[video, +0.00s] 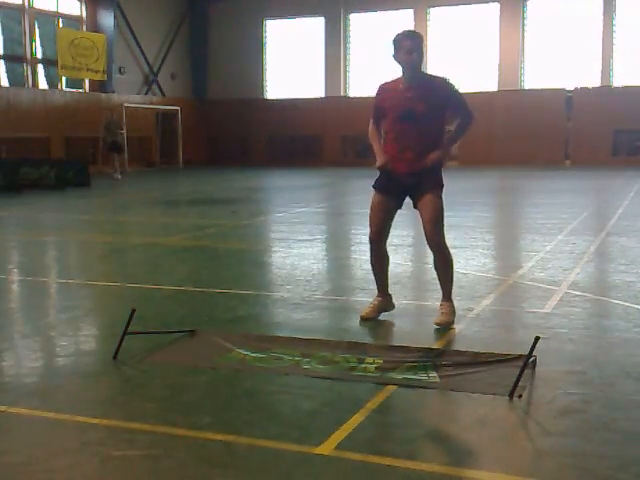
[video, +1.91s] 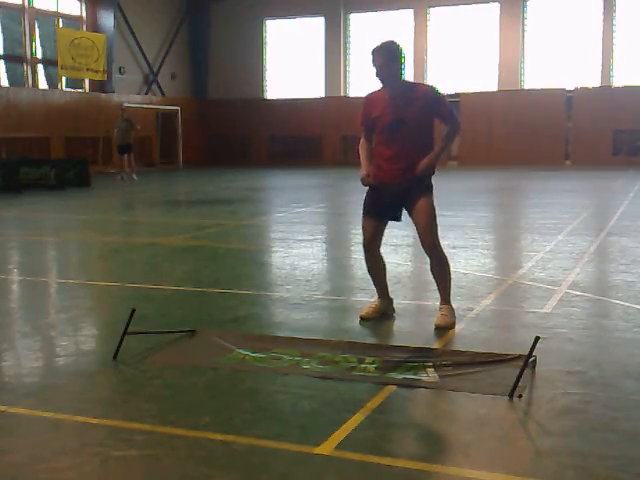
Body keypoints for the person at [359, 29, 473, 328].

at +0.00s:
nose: (412, 56)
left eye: (416, 50)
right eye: (406, 51)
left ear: (422, 54)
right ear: (396, 55)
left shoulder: (439, 86)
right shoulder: (386, 90)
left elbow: (466, 117)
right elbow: (374, 125)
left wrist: (443, 148)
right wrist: (380, 153)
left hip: (426, 174)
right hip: (391, 173)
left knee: (435, 240)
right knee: (375, 237)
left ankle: (446, 302)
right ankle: (383, 298)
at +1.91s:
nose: (377, 72)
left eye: (381, 66)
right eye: (374, 67)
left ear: (398, 64)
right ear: (375, 67)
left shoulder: (424, 95)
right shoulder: (372, 101)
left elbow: (453, 123)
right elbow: (365, 137)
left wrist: (434, 156)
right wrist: (365, 165)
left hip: (416, 181)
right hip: (381, 183)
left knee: (431, 244)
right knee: (369, 245)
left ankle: (445, 306)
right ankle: (384, 301)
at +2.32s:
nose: (315, 81)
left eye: (319, 75)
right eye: (313, 76)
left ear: (334, 73)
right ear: (313, 76)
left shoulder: (361, 99)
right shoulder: (317, 104)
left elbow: (386, 134)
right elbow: (313, 131)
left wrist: (346, 147)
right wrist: (314, 155)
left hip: (363, 183)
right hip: (328, 181)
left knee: (396, 240)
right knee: (288, 228)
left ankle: (431, 297)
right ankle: (280, 286)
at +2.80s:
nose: (282, 136)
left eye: (284, 130)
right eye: (275, 133)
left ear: (289, 125)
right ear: (264, 133)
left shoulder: (308, 140)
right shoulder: (260, 159)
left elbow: (346, 154)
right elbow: (239, 192)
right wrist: (217, 224)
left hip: (321, 206)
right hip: (286, 209)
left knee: (340, 246)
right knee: (257, 257)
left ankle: (322, 291)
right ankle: (255, 299)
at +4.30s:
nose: (268, 147)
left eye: (271, 141)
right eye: (264, 143)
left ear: (280, 135)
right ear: (259, 142)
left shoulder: (306, 152)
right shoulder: (267, 166)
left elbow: (327, 193)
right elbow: (264, 198)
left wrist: (289, 211)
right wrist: (253, 230)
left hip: (320, 209)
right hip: (287, 209)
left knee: (312, 263)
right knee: (254, 251)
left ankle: (295, 282)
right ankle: (263, 297)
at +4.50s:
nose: (306, 125)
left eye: (308, 119)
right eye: (300, 121)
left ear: (315, 119)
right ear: (294, 125)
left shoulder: (337, 138)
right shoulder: (290, 152)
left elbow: (382, 142)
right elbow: (267, 187)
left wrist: (361, 164)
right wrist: (276, 187)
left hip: (347, 206)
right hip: (312, 208)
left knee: (369, 240)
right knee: (270, 253)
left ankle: (364, 292)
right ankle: (265, 299)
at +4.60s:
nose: (348, 105)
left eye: (351, 99)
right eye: (342, 100)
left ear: (357, 96)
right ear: (334, 100)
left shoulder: (379, 116)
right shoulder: (327, 127)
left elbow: (423, 116)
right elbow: (295, 159)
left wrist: (421, 142)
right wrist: (321, 160)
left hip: (376, 199)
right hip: (340, 201)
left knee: (414, 236)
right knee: (297, 249)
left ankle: (427, 292)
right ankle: (267, 295)